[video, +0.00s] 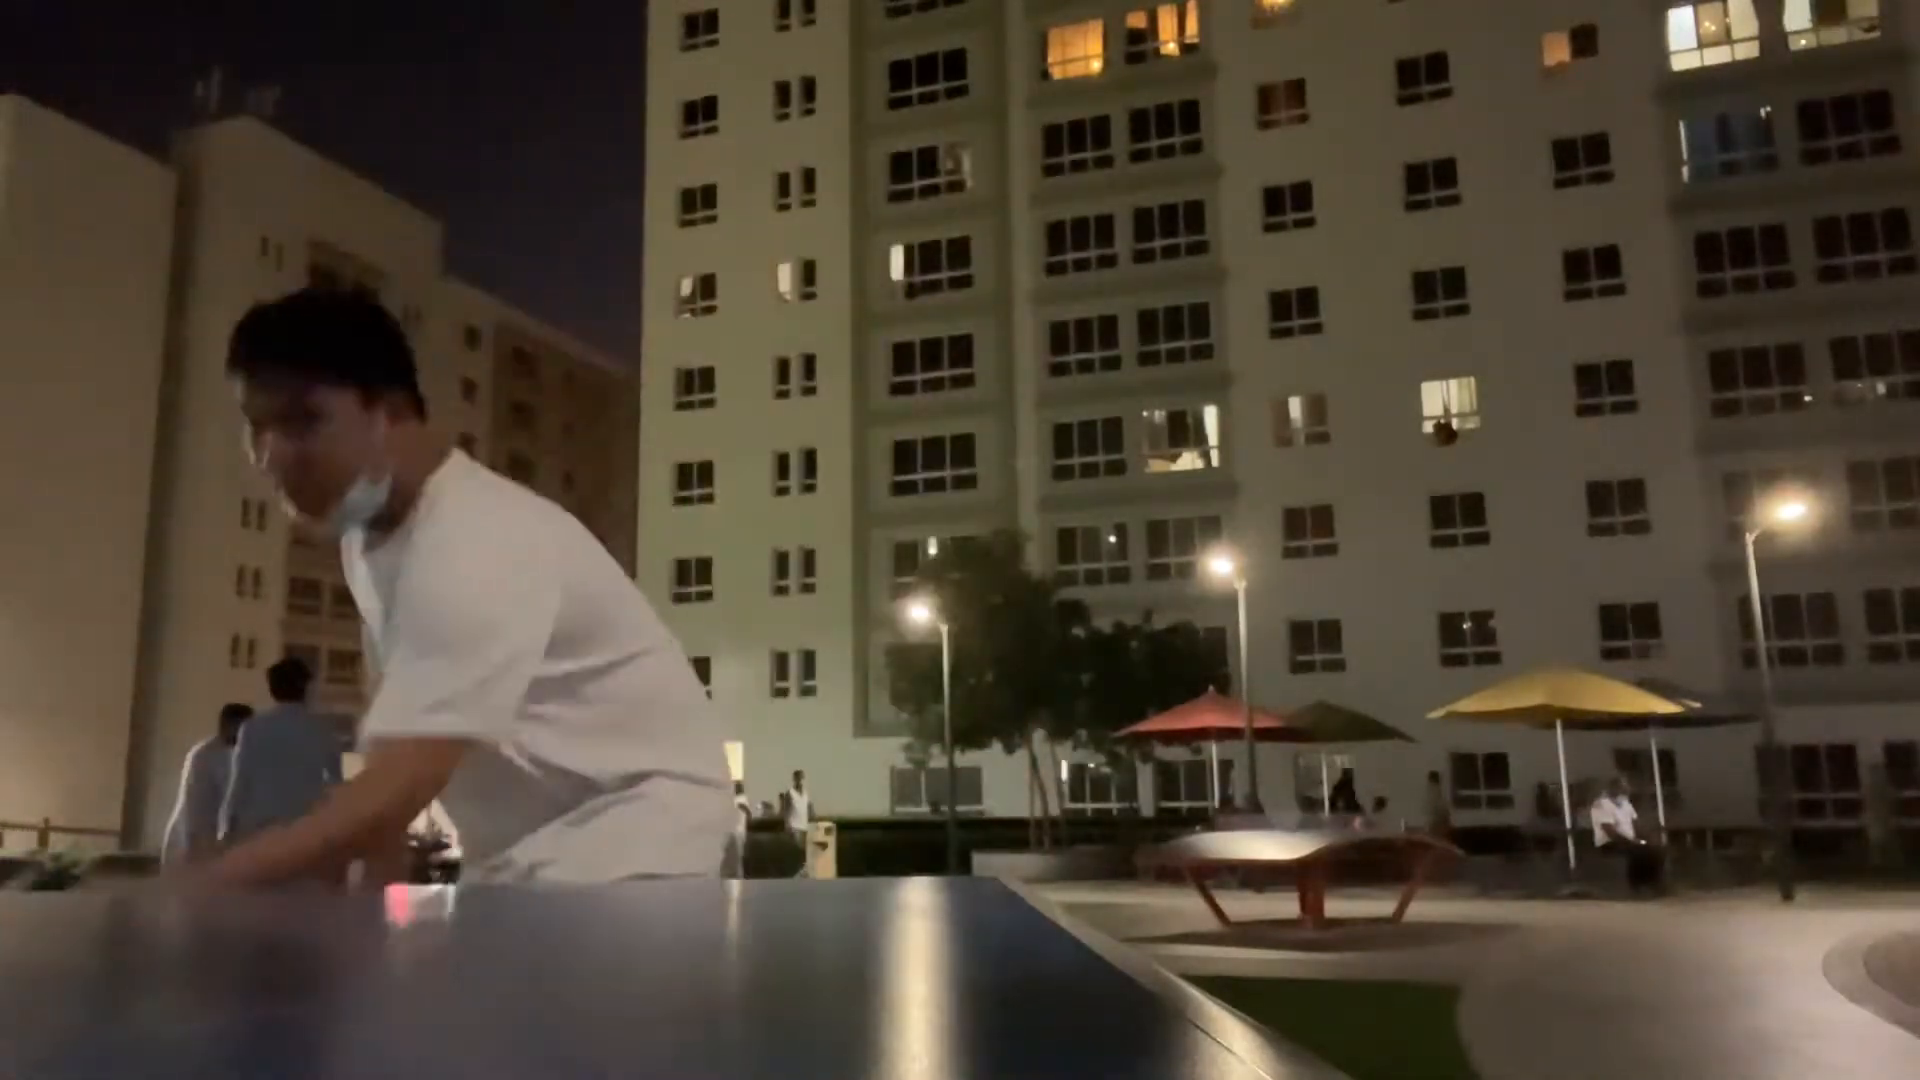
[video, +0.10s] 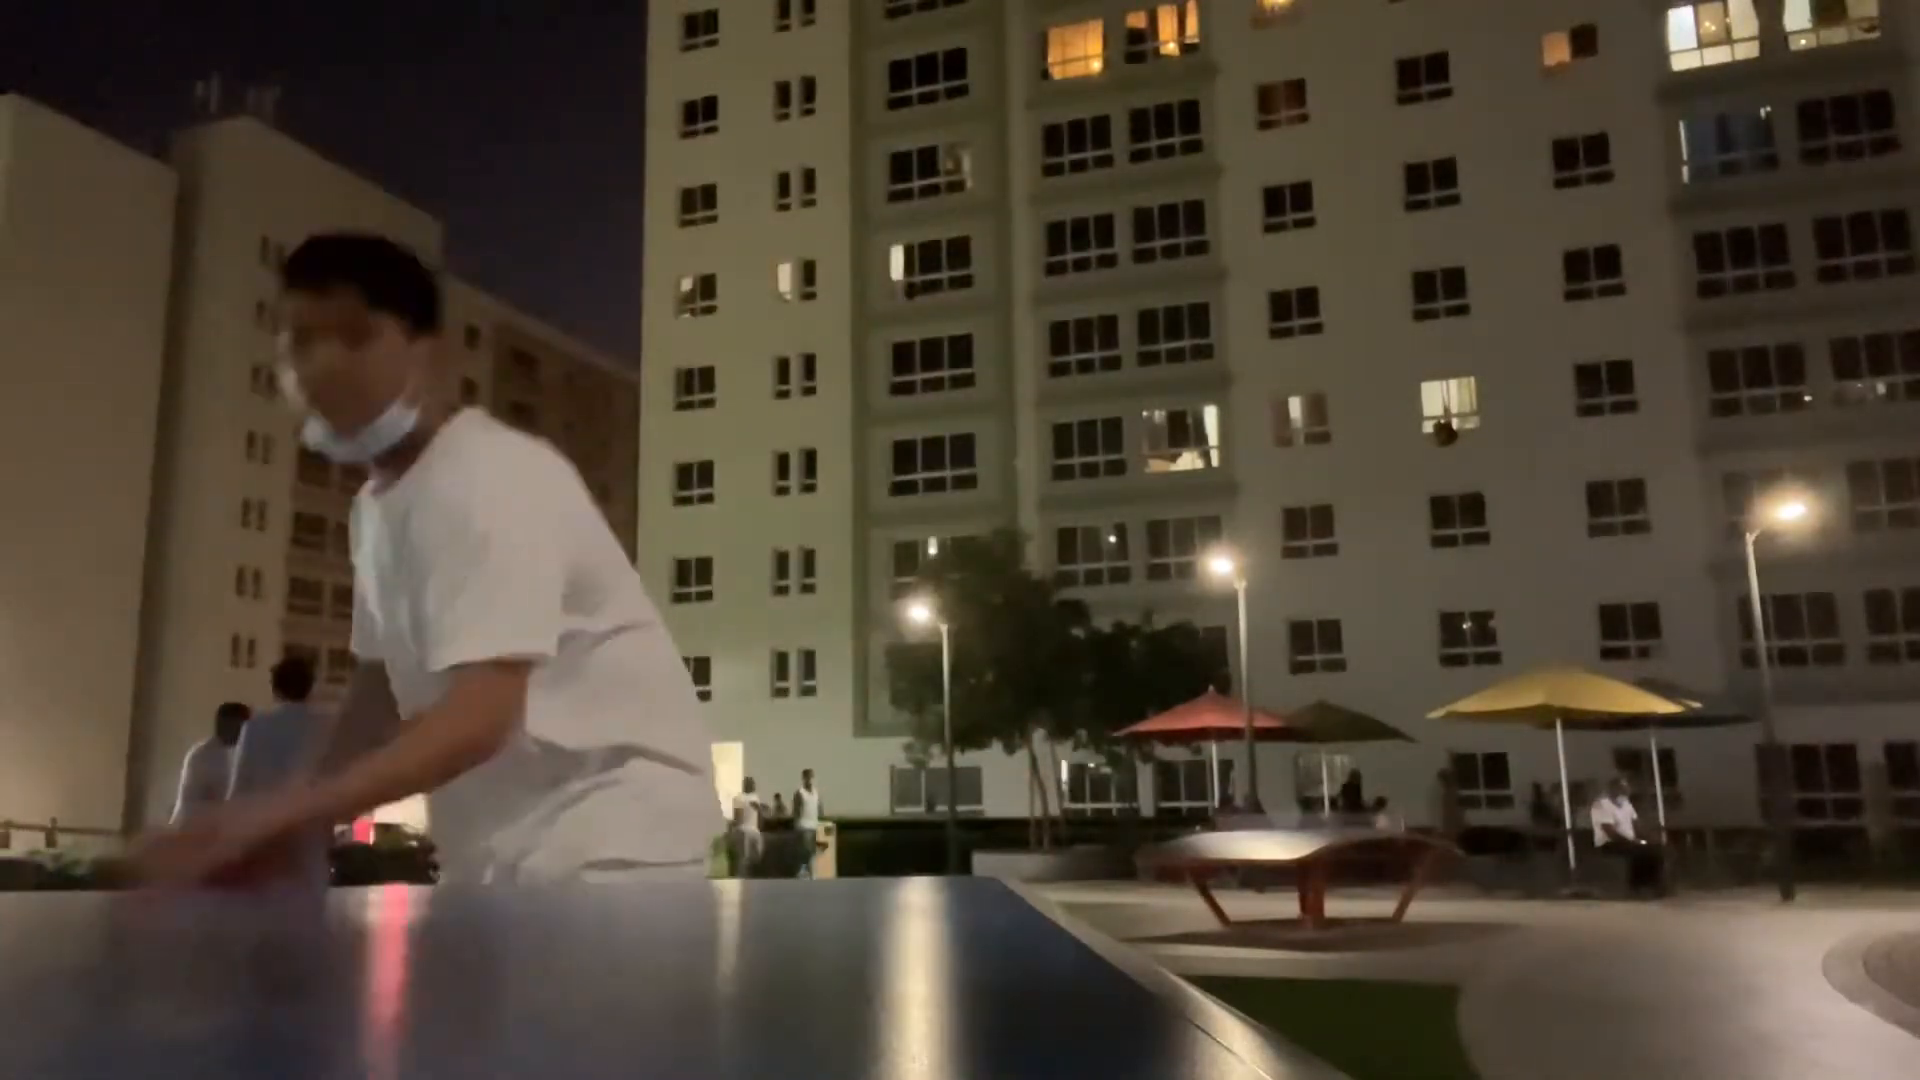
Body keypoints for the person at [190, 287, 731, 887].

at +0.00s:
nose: (272, 459)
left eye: (302, 422)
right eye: (258, 429)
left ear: (389, 413)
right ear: (245, 432)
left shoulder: (479, 539)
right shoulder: (370, 541)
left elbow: (402, 785)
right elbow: (394, 728)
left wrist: (207, 883)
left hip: (636, 835)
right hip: (516, 847)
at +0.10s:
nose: (310, 372)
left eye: (343, 338)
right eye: (298, 344)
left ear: (420, 344)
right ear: (284, 362)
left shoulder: (488, 479)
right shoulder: (377, 509)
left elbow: (479, 719)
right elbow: (380, 697)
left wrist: (268, 821)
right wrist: (290, 830)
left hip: (613, 858)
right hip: (503, 863)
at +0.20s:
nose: (373, 323)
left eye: (406, 297)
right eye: (353, 299)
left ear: (477, 318)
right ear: (330, 320)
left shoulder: (535, 450)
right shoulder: (396, 491)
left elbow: (531, 673)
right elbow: (372, 672)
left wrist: (328, 741)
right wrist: (277, 750)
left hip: (608, 852)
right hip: (484, 863)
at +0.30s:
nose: (423, 296)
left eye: (455, 274)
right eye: (402, 275)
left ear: (516, 304)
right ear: (379, 302)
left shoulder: (578, 438)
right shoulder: (422, 475)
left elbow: (544, 625)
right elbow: (406, 650)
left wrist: (394, 758)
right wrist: (320, 738)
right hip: (498, 848)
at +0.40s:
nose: (441, 284)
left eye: (473, 258)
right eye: (420, 260)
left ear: (543, 294)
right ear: (398, 288)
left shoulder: (602, 434)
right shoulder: (449, 463)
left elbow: (537, 636)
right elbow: (424, 640)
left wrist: (384, 797)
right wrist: (334, 707)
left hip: (652, 827)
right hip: (519, 843)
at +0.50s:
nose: (419, 274)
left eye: (450, 241)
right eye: (409, 252)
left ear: (541, 268)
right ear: (404, 280)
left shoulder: (589, 406)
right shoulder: (477, 447)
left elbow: (470, 615)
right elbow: (420, 623)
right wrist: (261, 625)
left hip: (626, 851)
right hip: (504, 857)